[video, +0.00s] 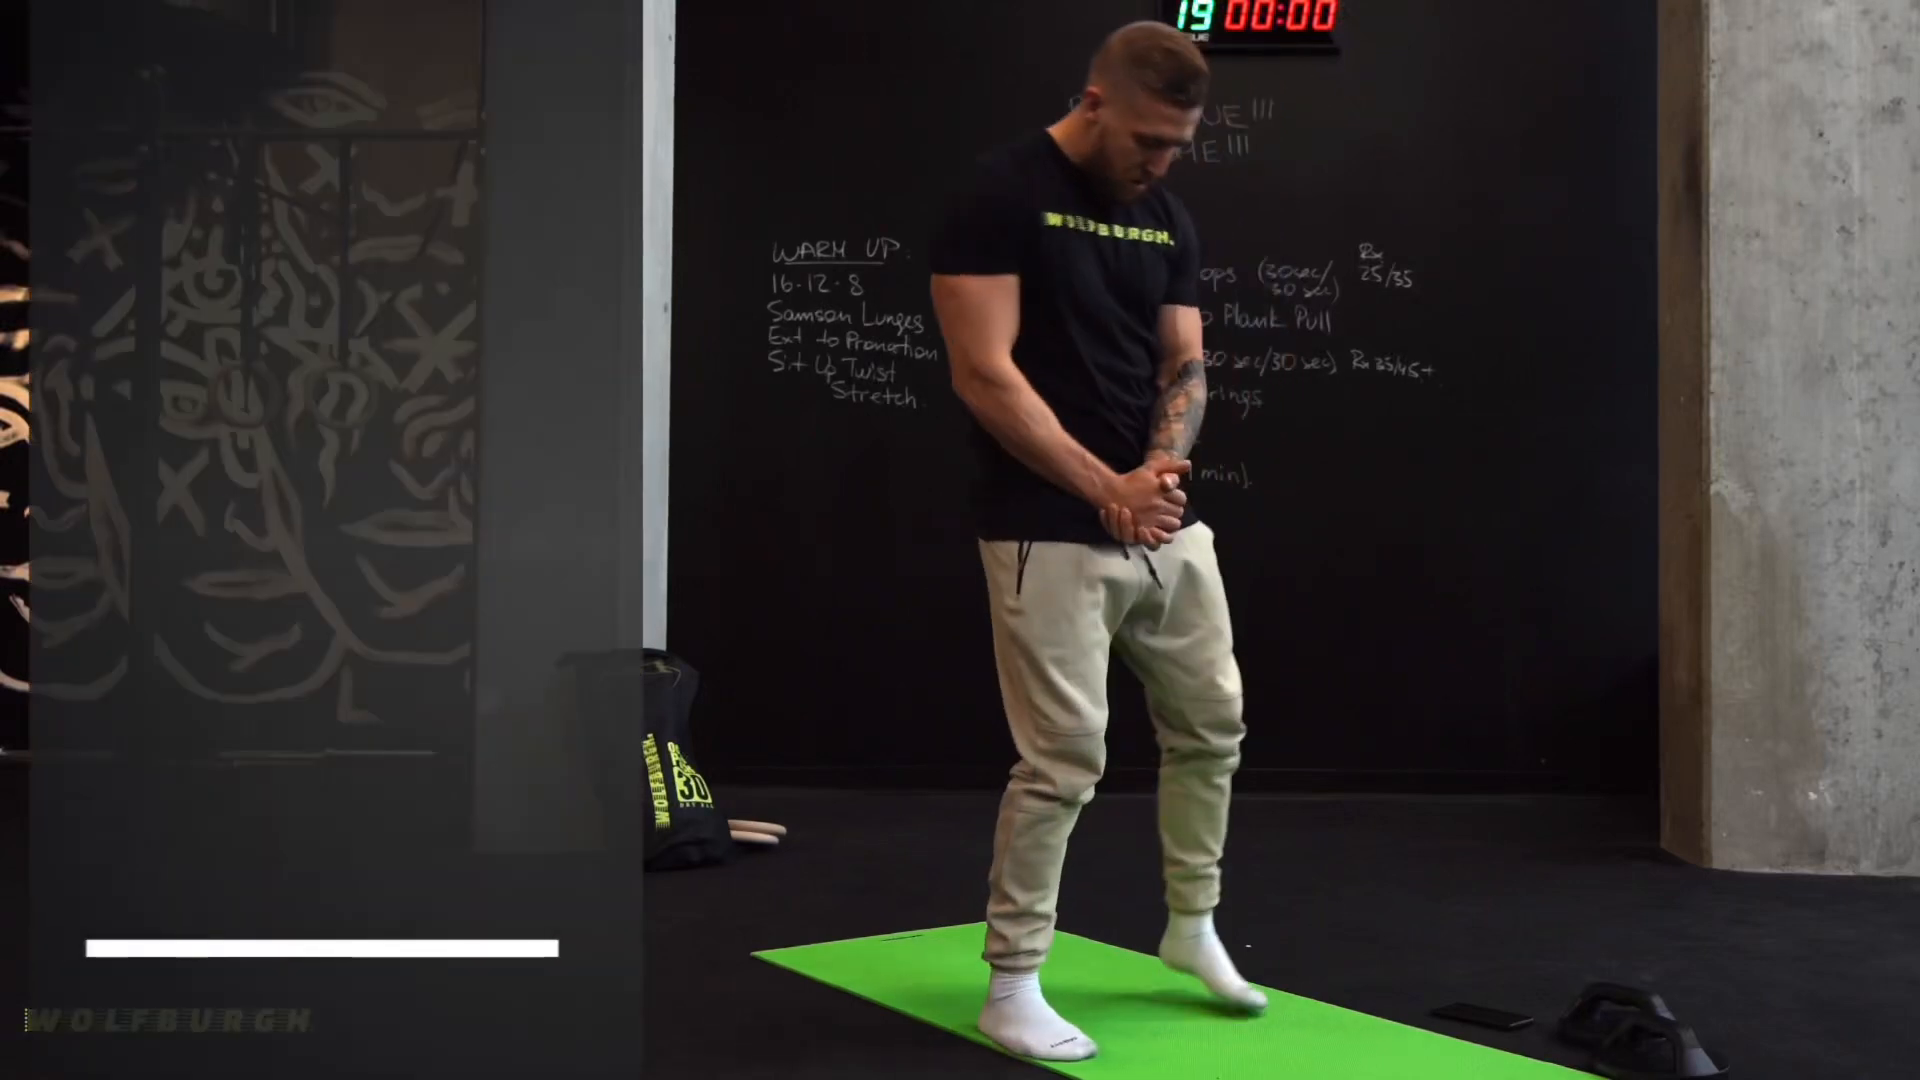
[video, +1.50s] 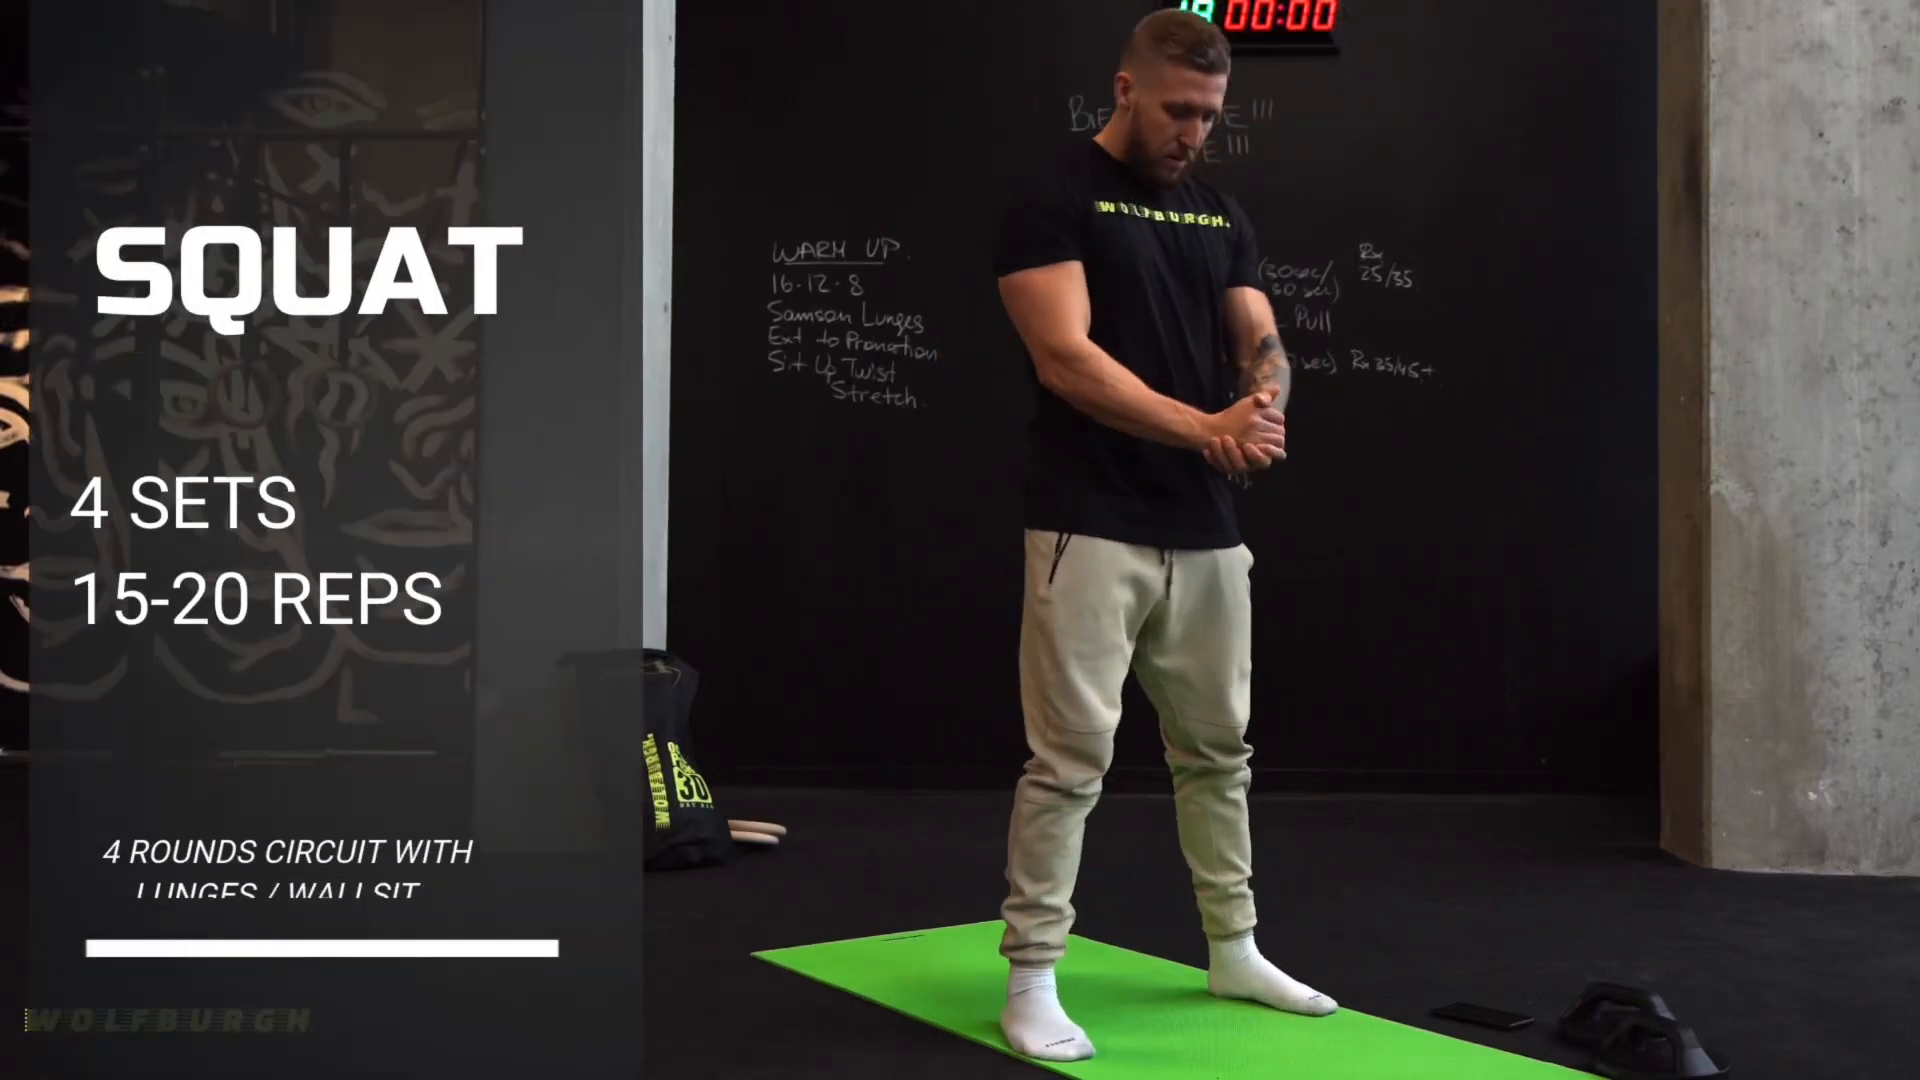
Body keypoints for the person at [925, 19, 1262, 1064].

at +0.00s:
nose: (1163, 166)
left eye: (1177, 147)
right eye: (1148, 143)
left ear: (1187, 128)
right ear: (1092, 102)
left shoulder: (1163, 212)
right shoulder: (1000, 195)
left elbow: (1185, 366)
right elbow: (982, 374)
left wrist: (1161, 471)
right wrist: (1103, 489)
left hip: (1161, 524)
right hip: (1047, 534)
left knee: (1209, 728)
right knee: (1062, 756)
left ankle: (1189, 930)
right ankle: (1014, 988)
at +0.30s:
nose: (1118, 158)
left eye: (1130, 137)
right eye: (1097, 139)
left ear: (1144, 112)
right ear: (1038, 109)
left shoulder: (1150, 193)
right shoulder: (972, 222)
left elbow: (1205, 338)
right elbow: (991, 402)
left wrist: (1187, 454)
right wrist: (1128, 490)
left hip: (1184, 524)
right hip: (1074, 541)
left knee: (1214, 735)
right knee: (1076, 762)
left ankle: (1232, 939)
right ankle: (1014, 985)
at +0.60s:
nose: (1177, 160)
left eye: (1193, 139)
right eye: (1158, 140)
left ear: (1208, 121)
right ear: (1103, 114)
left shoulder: (1220, 206)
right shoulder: (1046, 226)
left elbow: (1271, 349)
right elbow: (1052, 395)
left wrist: (1244, 439)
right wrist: (1169, 471)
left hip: (1229, 533)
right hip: (1116, 537)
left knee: (1222, 751)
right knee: (1086, 759)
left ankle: (1227, 953)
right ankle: (1017, 985)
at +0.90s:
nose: (1264, 169)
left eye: (1283, 153)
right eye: (1252, 145)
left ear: (1299, 144)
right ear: (1207, 110)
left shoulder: (1278, 238)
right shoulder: (1110, 203)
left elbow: (1304, 375)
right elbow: (1092, 353)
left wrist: (1277, 434)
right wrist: (1194, 442)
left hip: (1237, 537)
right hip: (1119, 530)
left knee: (1230, 750)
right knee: (1085, 749)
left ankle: (1228, 953)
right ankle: (1035, 973)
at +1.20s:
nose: (1240, 165)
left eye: (1258, 151)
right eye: (1229, 140)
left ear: (1270, 142)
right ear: (1180, 106)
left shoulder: (1239, 237)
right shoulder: (1087, 194)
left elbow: (1272, 368)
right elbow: (1076, 343)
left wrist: (1269, 418)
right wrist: (1200, 431)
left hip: (1207, 536)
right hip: (1094, 528)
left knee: (1215, 749)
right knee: (1078, 757)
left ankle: (1226, 954)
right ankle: (1033, 981)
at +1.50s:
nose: (1194, 133)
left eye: (1210, 114)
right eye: (1177, 111)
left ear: (1220, 109)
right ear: (1125, 90)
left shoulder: (1217, 212)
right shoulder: (1052, 197)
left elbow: (1259, 343)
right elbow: (1063, 358)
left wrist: (1263, 403)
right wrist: (1200, 426)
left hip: (1204, 531)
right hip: (1088, 527)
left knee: (1217, 748)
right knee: (1070, 759)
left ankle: (1234, 954)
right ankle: (1033, 980)